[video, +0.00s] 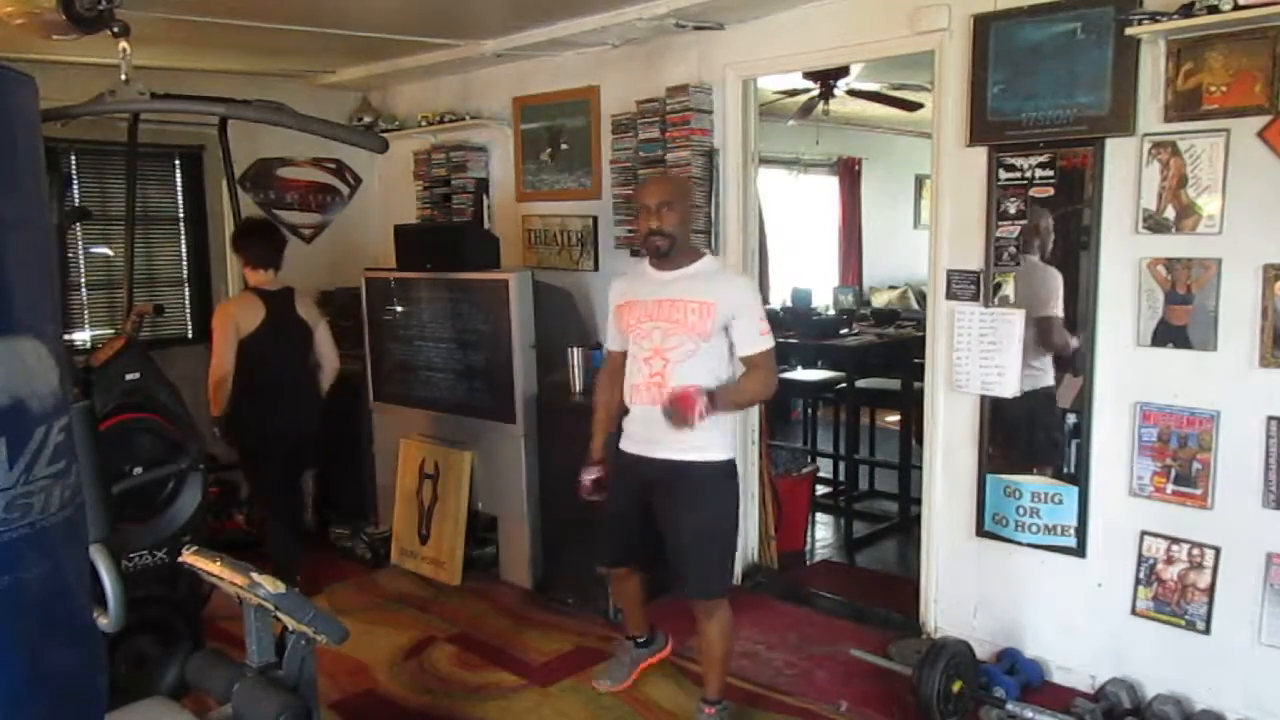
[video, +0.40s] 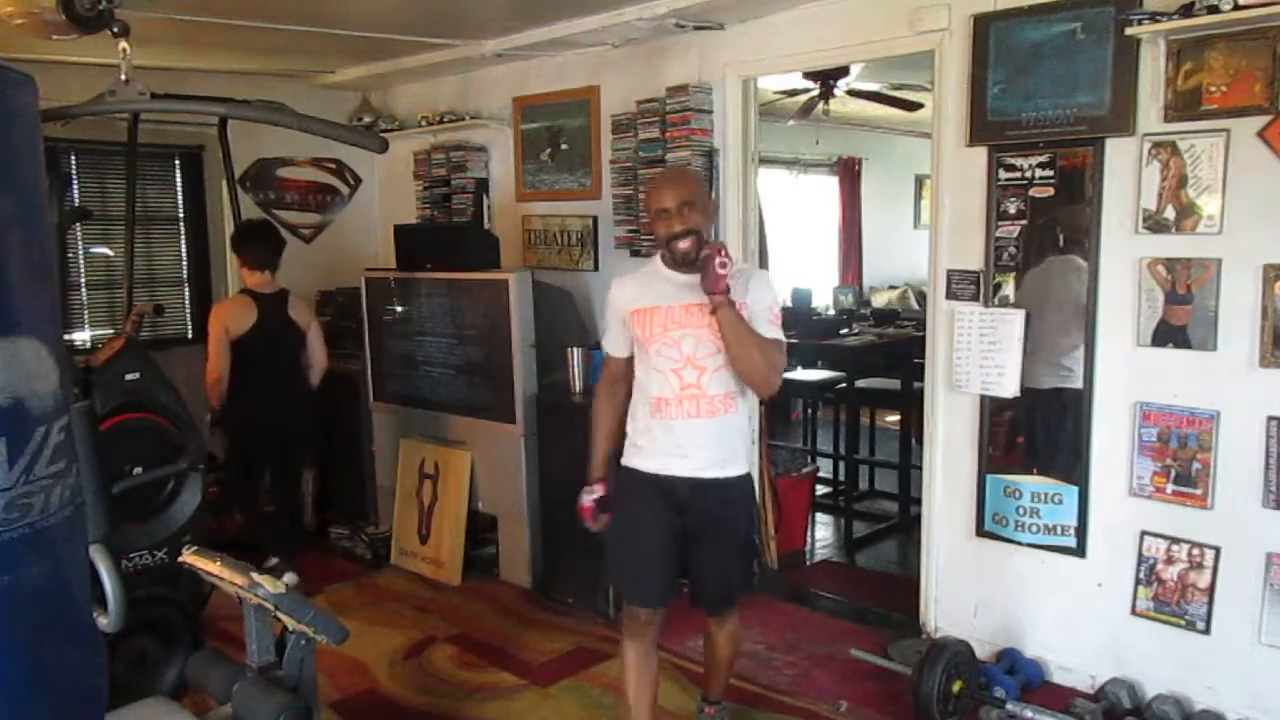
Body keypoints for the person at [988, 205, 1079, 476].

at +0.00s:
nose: (1053, 237)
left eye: (1053, 230)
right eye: (1050, 230)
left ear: (1018, 233)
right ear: (1039, 232)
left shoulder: (994, 269)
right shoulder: (1046, 276)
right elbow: (1050, 336)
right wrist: (1073, 343)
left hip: (995, 389)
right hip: (1032, 391)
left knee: (1003, 469)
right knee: (1042, 470)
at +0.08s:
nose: (1066, 236)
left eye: (1065, 229)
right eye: (1064, 229)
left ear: (1026, 232)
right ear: (1054, 230)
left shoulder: (1005, 269)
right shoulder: (1055, 273)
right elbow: (1068, 335)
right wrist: (1082, 320)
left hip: (1002, 391)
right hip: (1038, 393)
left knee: (1009, 473)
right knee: (1047, 475)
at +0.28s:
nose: (1084, 241)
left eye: (1082, 235)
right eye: (1080, 235)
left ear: (1046, 236)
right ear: (1070, 239)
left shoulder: (1021, 273)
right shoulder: (1075, 278)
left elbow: (1009, 320)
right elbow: (1096, 324)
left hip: (1019, 387)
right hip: (1059, 389)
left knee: (1023, 465)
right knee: (1056, 469)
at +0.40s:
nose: (1094, 240)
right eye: (1092, 235)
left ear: (1061, 236)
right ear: (1088, 238)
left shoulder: (1033, 276)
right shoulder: (1089, 278)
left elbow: (1015, 324)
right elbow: (1098, 330)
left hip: (1031, 382)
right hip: (1070, 384)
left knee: (1035, 462)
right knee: (1065, 467)